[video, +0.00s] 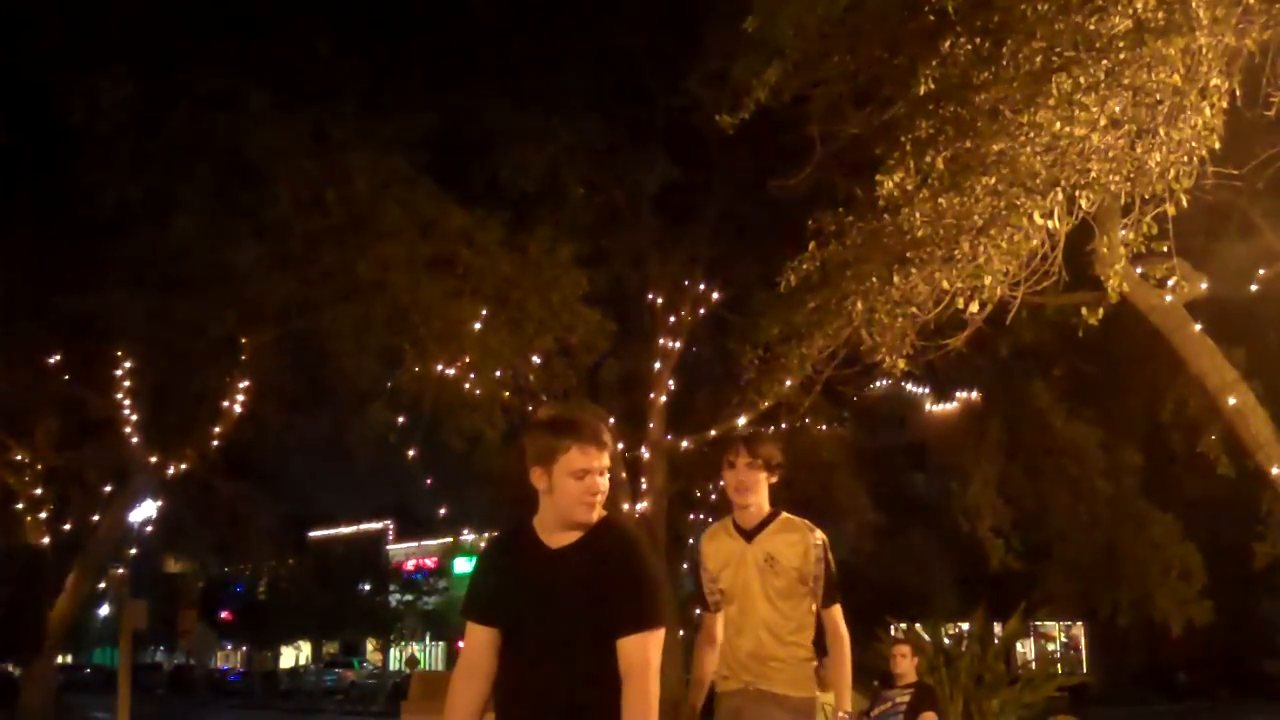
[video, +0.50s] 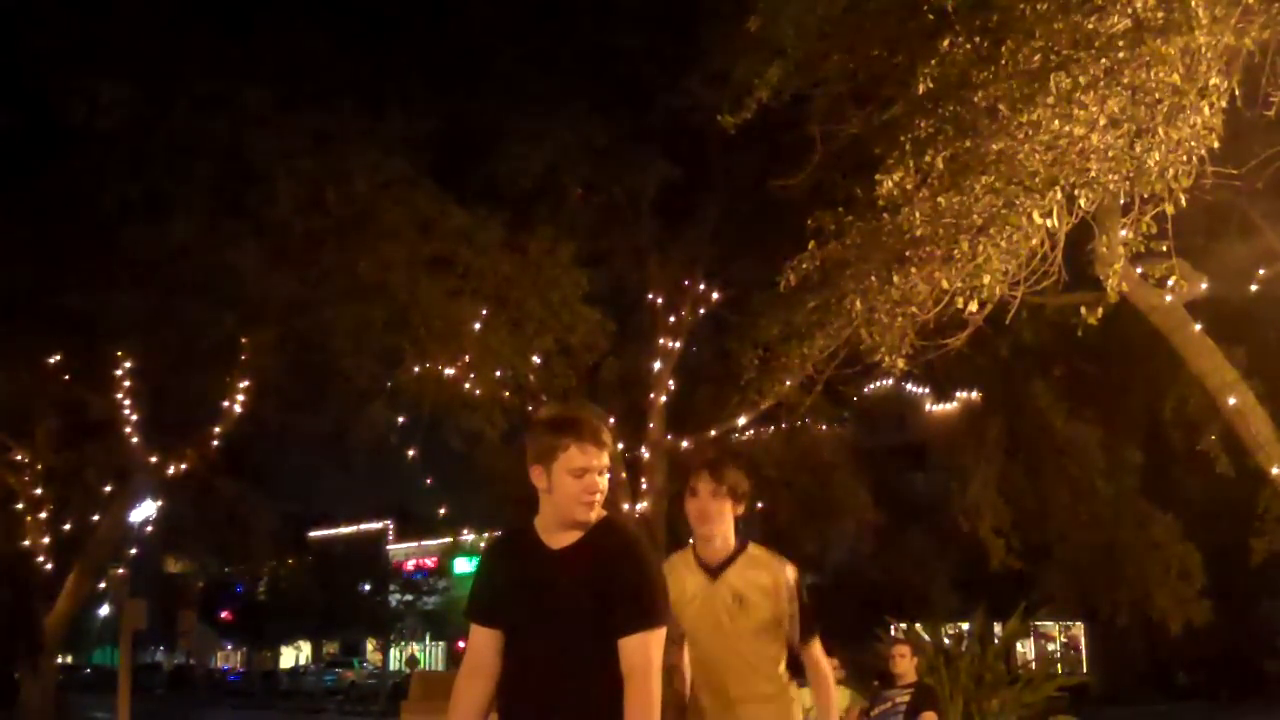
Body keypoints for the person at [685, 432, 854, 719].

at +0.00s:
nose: (740, 477)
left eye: (751, 466)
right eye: (732, 466)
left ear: (772, 475)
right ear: (722, 475)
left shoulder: (807, 539)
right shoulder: (711, 540)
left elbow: (835, 631)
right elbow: (710, 633)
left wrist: (843, 710)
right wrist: (694, 707)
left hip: (793, 699)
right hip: (731, 699)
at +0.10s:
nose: (732, 476)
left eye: (743, 466)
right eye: (723, 467)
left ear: (762, 474)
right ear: (712, 476)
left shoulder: (798, 537)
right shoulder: (702, 540)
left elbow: (831, 624)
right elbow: (699, 632)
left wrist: (839, 704)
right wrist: (684, 706)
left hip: (787, 695)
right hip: (726, 695)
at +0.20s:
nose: (724, 470)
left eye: (735, 459)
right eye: (715, 460)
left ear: (755, 467)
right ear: (705, 469)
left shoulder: (792, 529)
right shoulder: (692, 532)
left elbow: (826, 608)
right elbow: (690, 623)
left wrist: (834, 695)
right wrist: (676, 700)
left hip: (782, 687)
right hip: (721, 688)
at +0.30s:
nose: (716, 466)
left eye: (728, 455)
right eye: (707, 455)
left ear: (748, 462)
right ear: (697, 464)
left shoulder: (786, 525)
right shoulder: (683, 529)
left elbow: (821, 603)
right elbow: (684, 618)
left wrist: (831, 689)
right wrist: (675, 695)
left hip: (780, 687)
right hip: (717, 688)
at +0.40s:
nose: (709, 479)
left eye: (721, 467)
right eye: (700, 467)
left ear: (743, 476)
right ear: (691, 475)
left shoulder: (781, 539)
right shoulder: (675, 543)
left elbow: (815, 616)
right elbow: (680, 627)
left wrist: (832, 700)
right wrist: (676, 695)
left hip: (778, 698)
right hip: (713, 700)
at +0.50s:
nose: (703, 505)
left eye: (716, 495)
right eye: (694, 494)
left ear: (738, 505)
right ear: (684, 503)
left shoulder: (778, 573)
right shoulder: (670, 574)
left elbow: (814, 660)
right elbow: (673, 650)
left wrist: (828, 715)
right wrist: (677, 710)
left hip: (773, 710)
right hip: (708, 710)